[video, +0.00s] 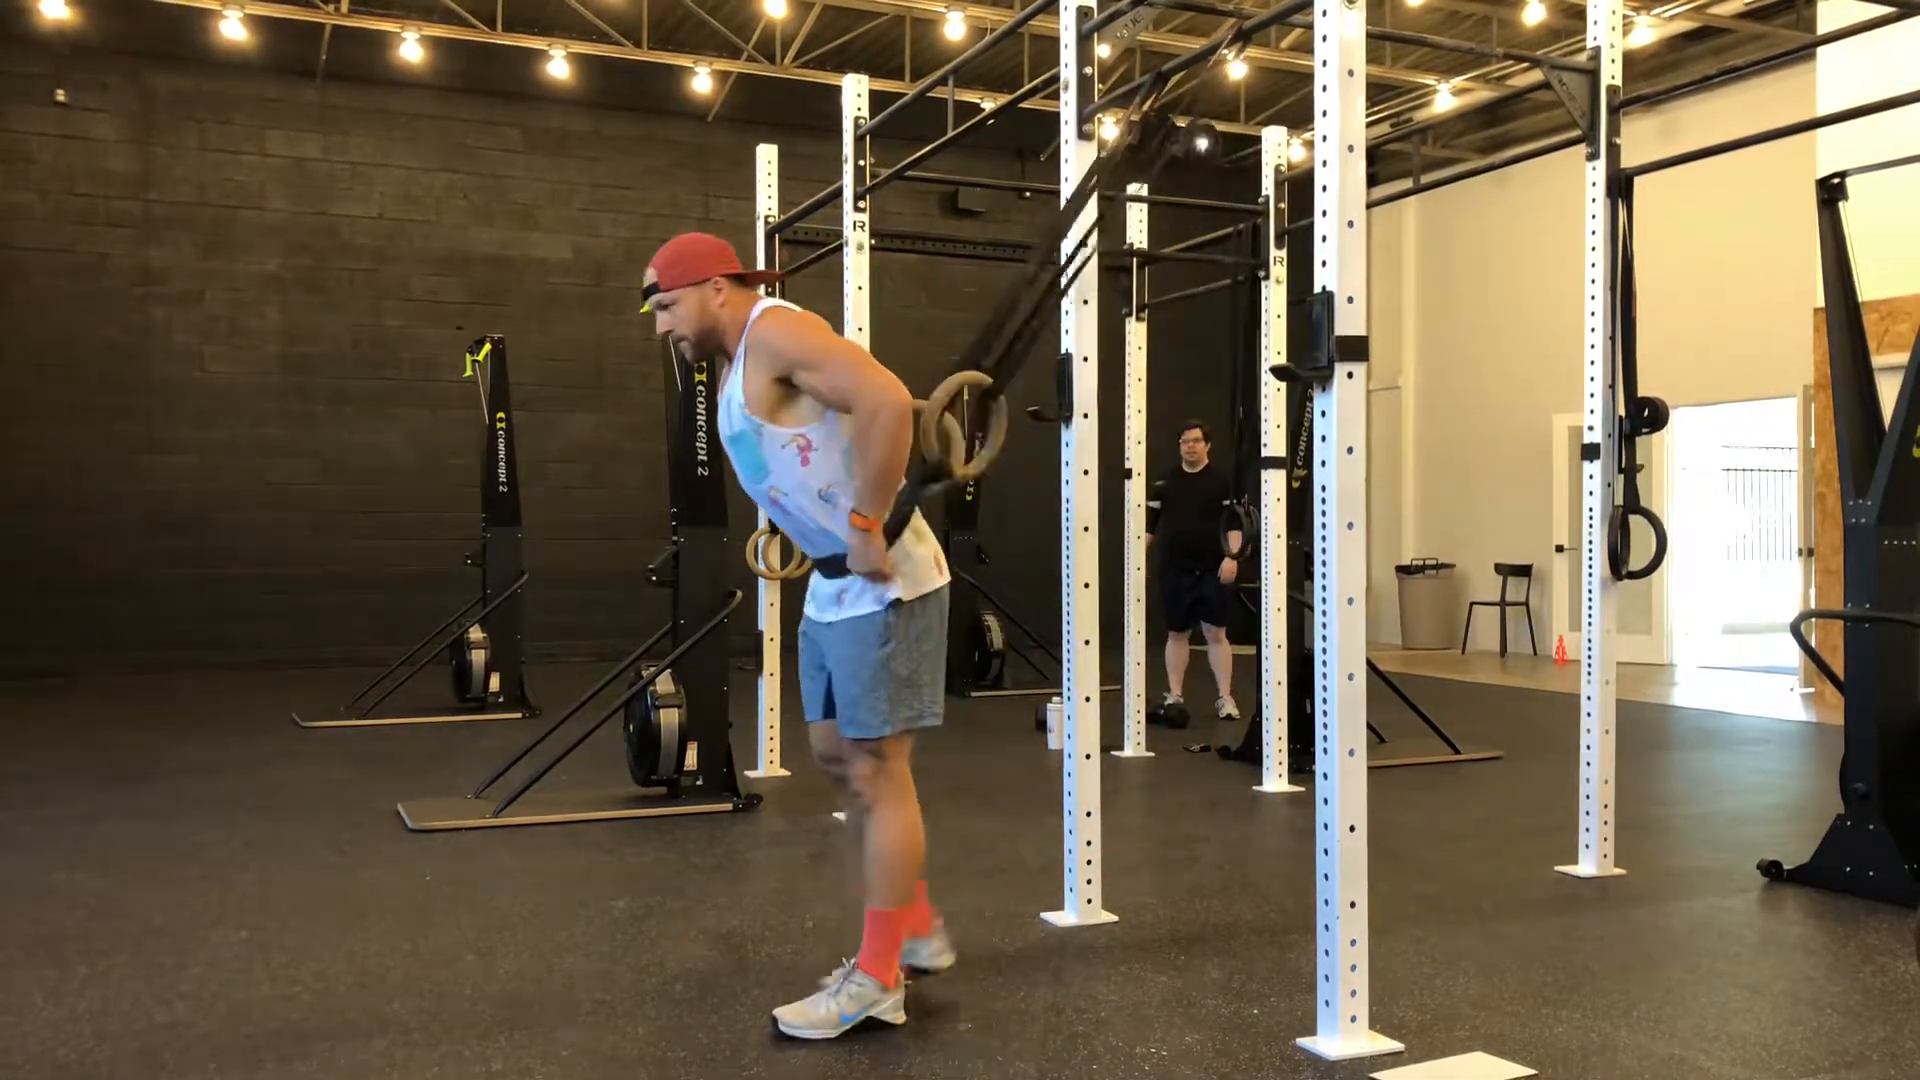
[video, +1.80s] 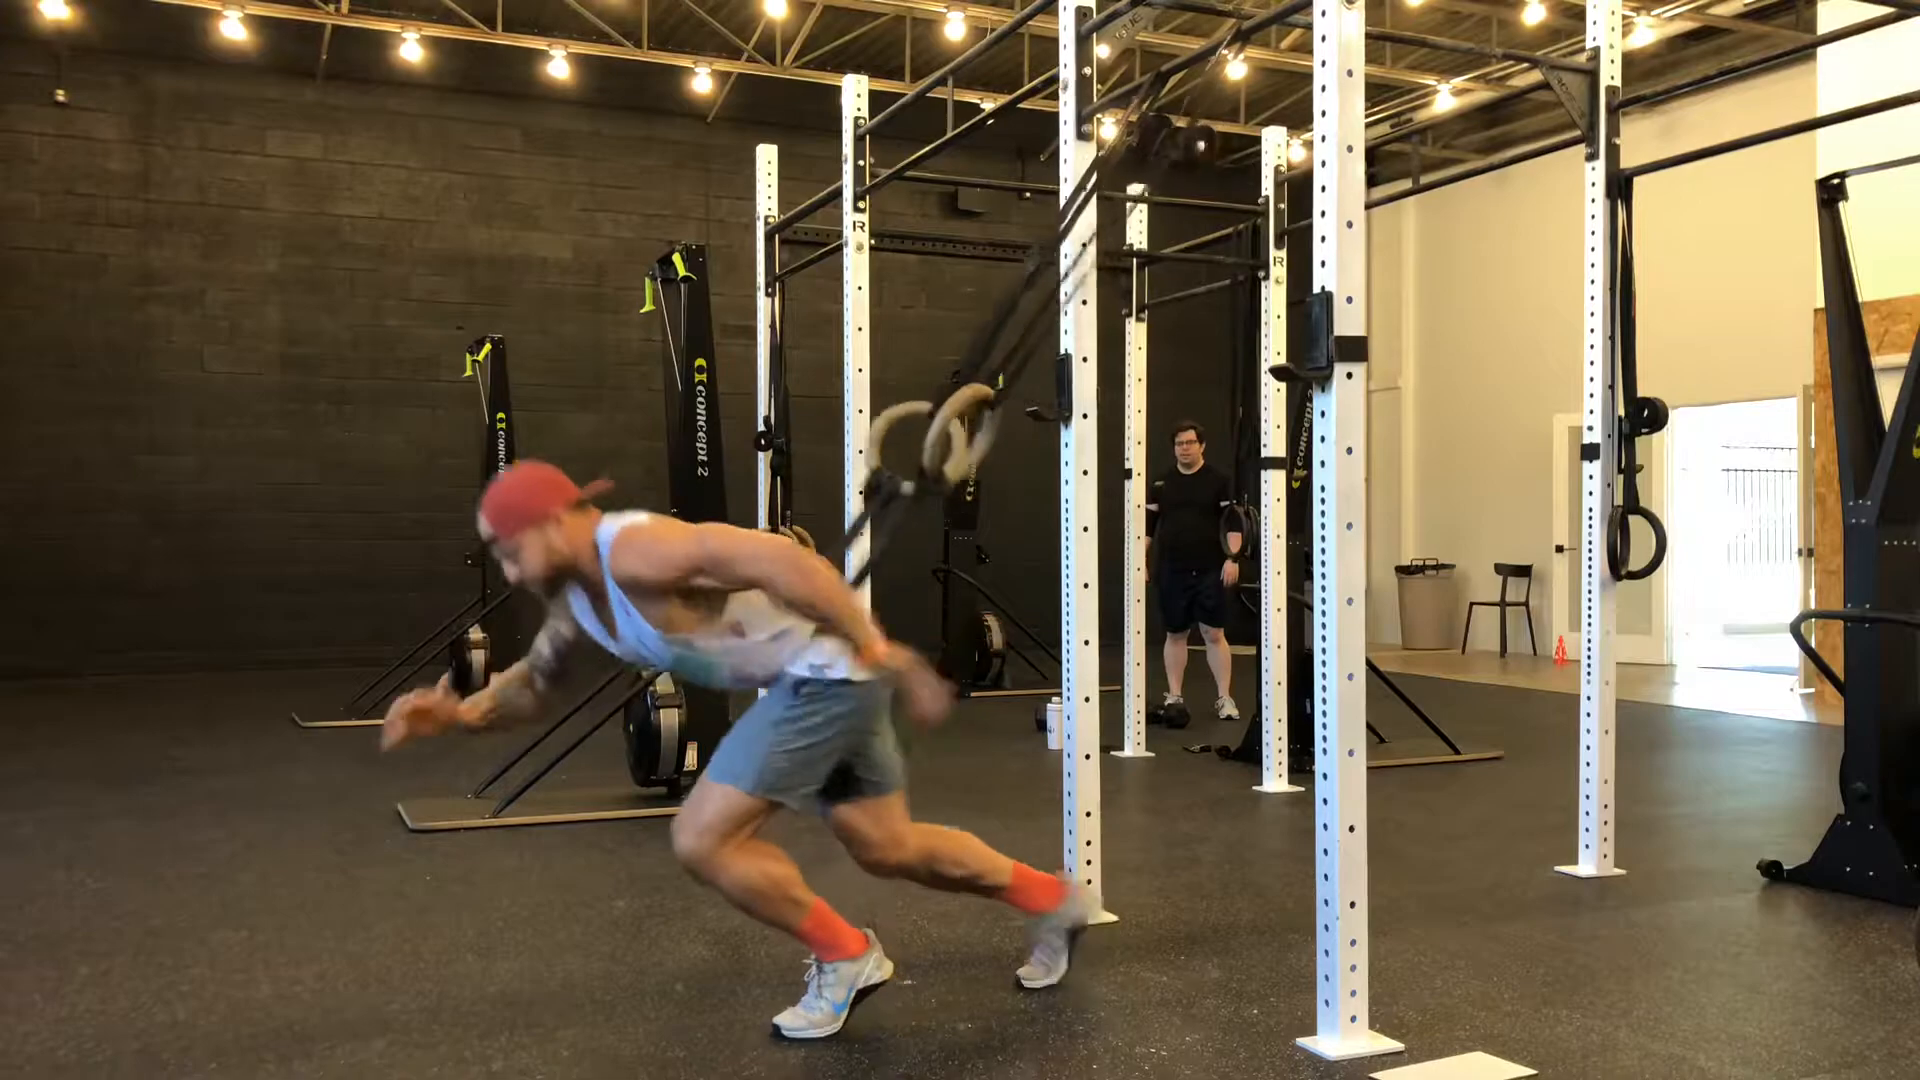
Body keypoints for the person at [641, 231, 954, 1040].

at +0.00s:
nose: (658, 323)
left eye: (664, 302)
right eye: (654, 306)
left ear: (717, 288)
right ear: (702, 297)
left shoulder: (775, 330)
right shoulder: (742, 358)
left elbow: (889, 405)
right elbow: (833, 426)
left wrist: (869, 524)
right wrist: (814, 529)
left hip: (883, 586)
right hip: (830, 586)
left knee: (879, 770)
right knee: (835, 751)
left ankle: (878, 976)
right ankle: (918, 923)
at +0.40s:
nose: (641, 338)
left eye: (648, 317)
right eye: (638, 322)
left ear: (702, 309)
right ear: (690, 315)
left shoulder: (777, 360)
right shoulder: (716, 395)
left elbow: (895, 437)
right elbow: (751, 503)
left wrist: (915, 564)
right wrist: (708, 581)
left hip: (868, 587)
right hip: (843, 590)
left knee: (807, 773)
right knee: (921, 756)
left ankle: (865, 972)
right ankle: (1029, 893)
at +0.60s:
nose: (600, 392)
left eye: (606, 372)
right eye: (595, 376)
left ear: (659, 353)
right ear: (650, 361)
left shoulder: (745, 400)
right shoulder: (678, 438)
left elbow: (868, 471)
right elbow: (701, 540)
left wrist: (892, 596)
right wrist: (622, 567)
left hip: (850, 611)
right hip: (824, 615)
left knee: (763, 789)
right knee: (912, 775)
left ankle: (855, 960)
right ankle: (1032, 895)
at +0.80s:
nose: (547, 457)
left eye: (550, 438)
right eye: (540, 444)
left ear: (597, 410)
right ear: (586, 422)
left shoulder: (687, 445)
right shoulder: (627, 498)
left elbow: (830, 488)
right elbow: (593, 575)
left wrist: (892, 602)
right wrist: (527, 554)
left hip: (830, 623)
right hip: (830, 626)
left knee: (732, 798)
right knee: (917, 778)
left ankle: (850, 957)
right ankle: (1044, 896)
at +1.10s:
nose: (528, 569)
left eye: (527, 552)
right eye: (522, 557)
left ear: (564, 520)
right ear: (558, 528)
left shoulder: (668, 527)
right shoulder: (610, 591)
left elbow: (823, 524)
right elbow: (559, 670)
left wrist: (916, 603)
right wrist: (498, 651)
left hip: (836, 662)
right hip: (838, 665)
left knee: (719, 822)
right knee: (919, 831)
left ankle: (855, 962)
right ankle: (1069, 909)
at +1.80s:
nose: (507, 564)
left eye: (511, 546)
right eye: (500, 552)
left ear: (557, 522)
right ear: (534, 537)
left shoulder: (630, 550)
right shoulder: (583, 602)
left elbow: (775, 557)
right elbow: (531, 684)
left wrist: (871, 643)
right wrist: (455, 712)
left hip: (821, 670)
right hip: (829, 671)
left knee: (705, 836)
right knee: (885, 845)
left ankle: (848, 957)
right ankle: (1056, 898)